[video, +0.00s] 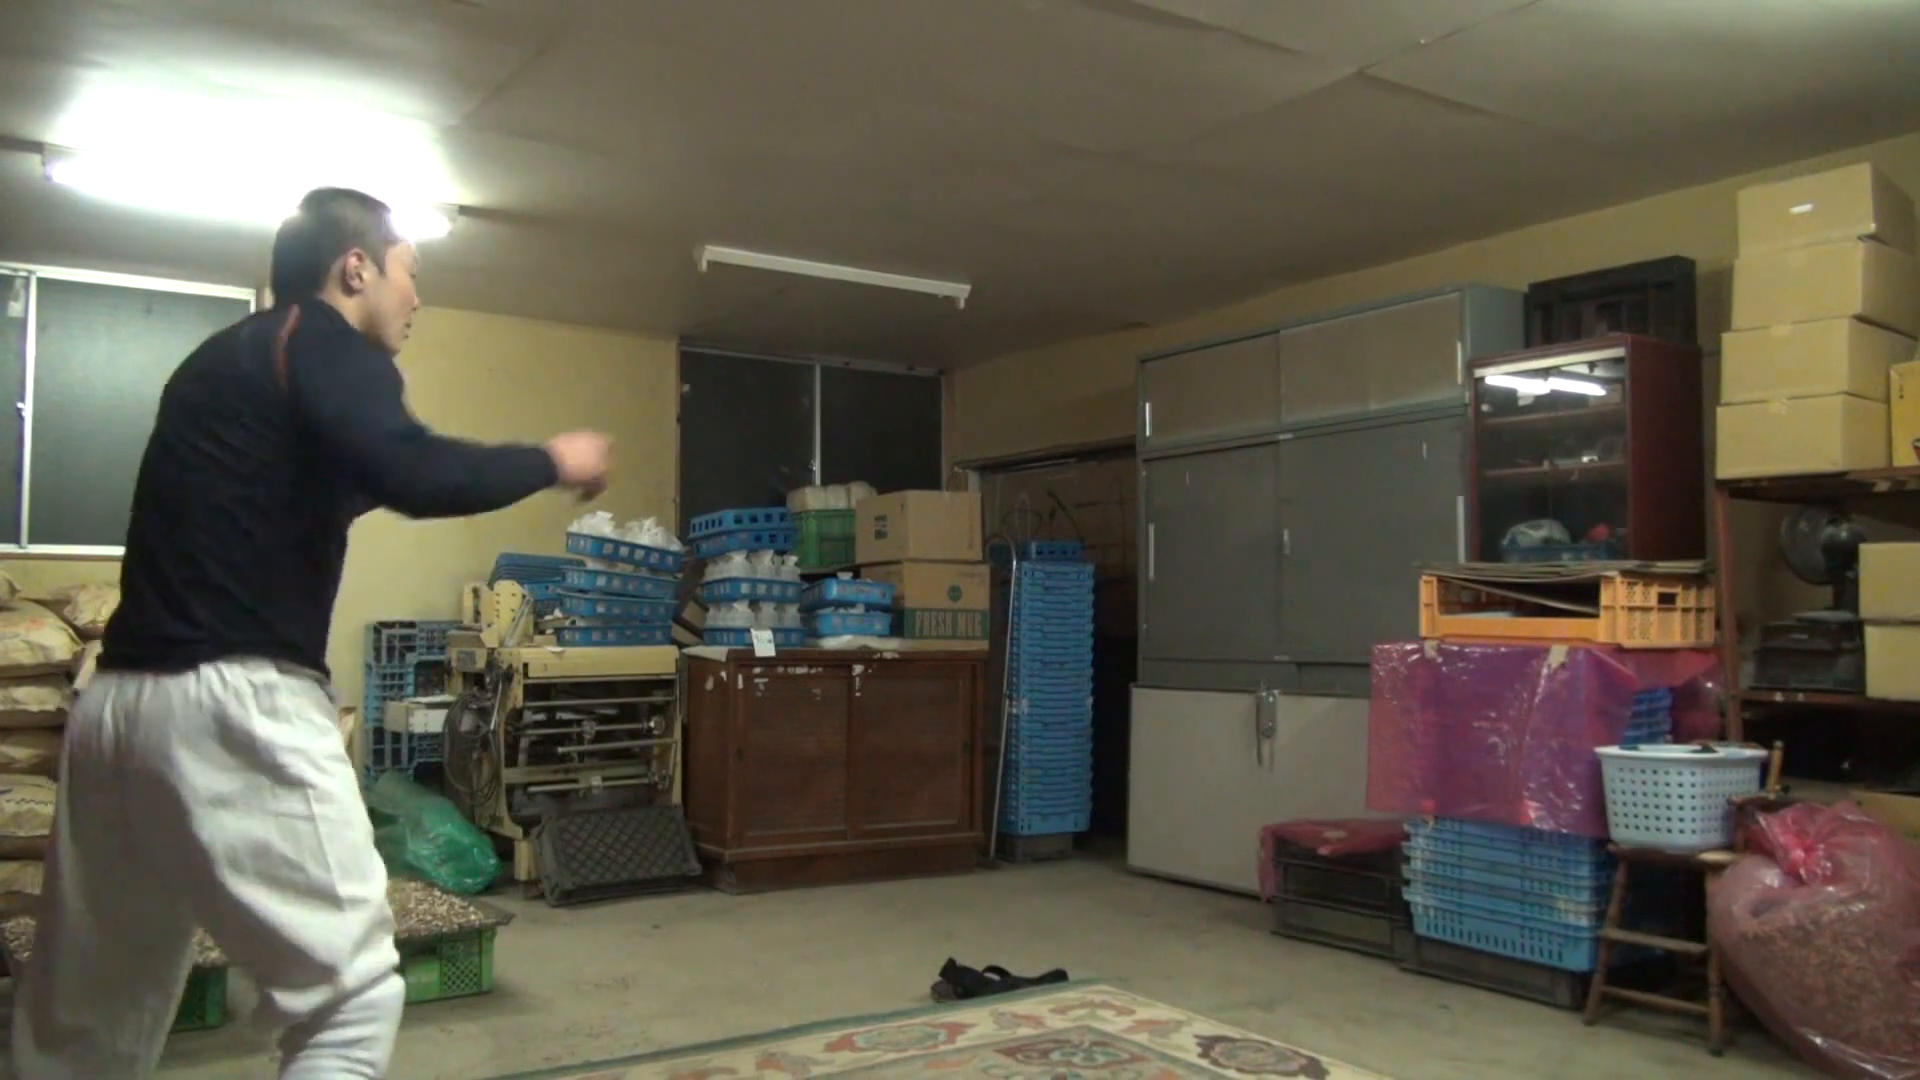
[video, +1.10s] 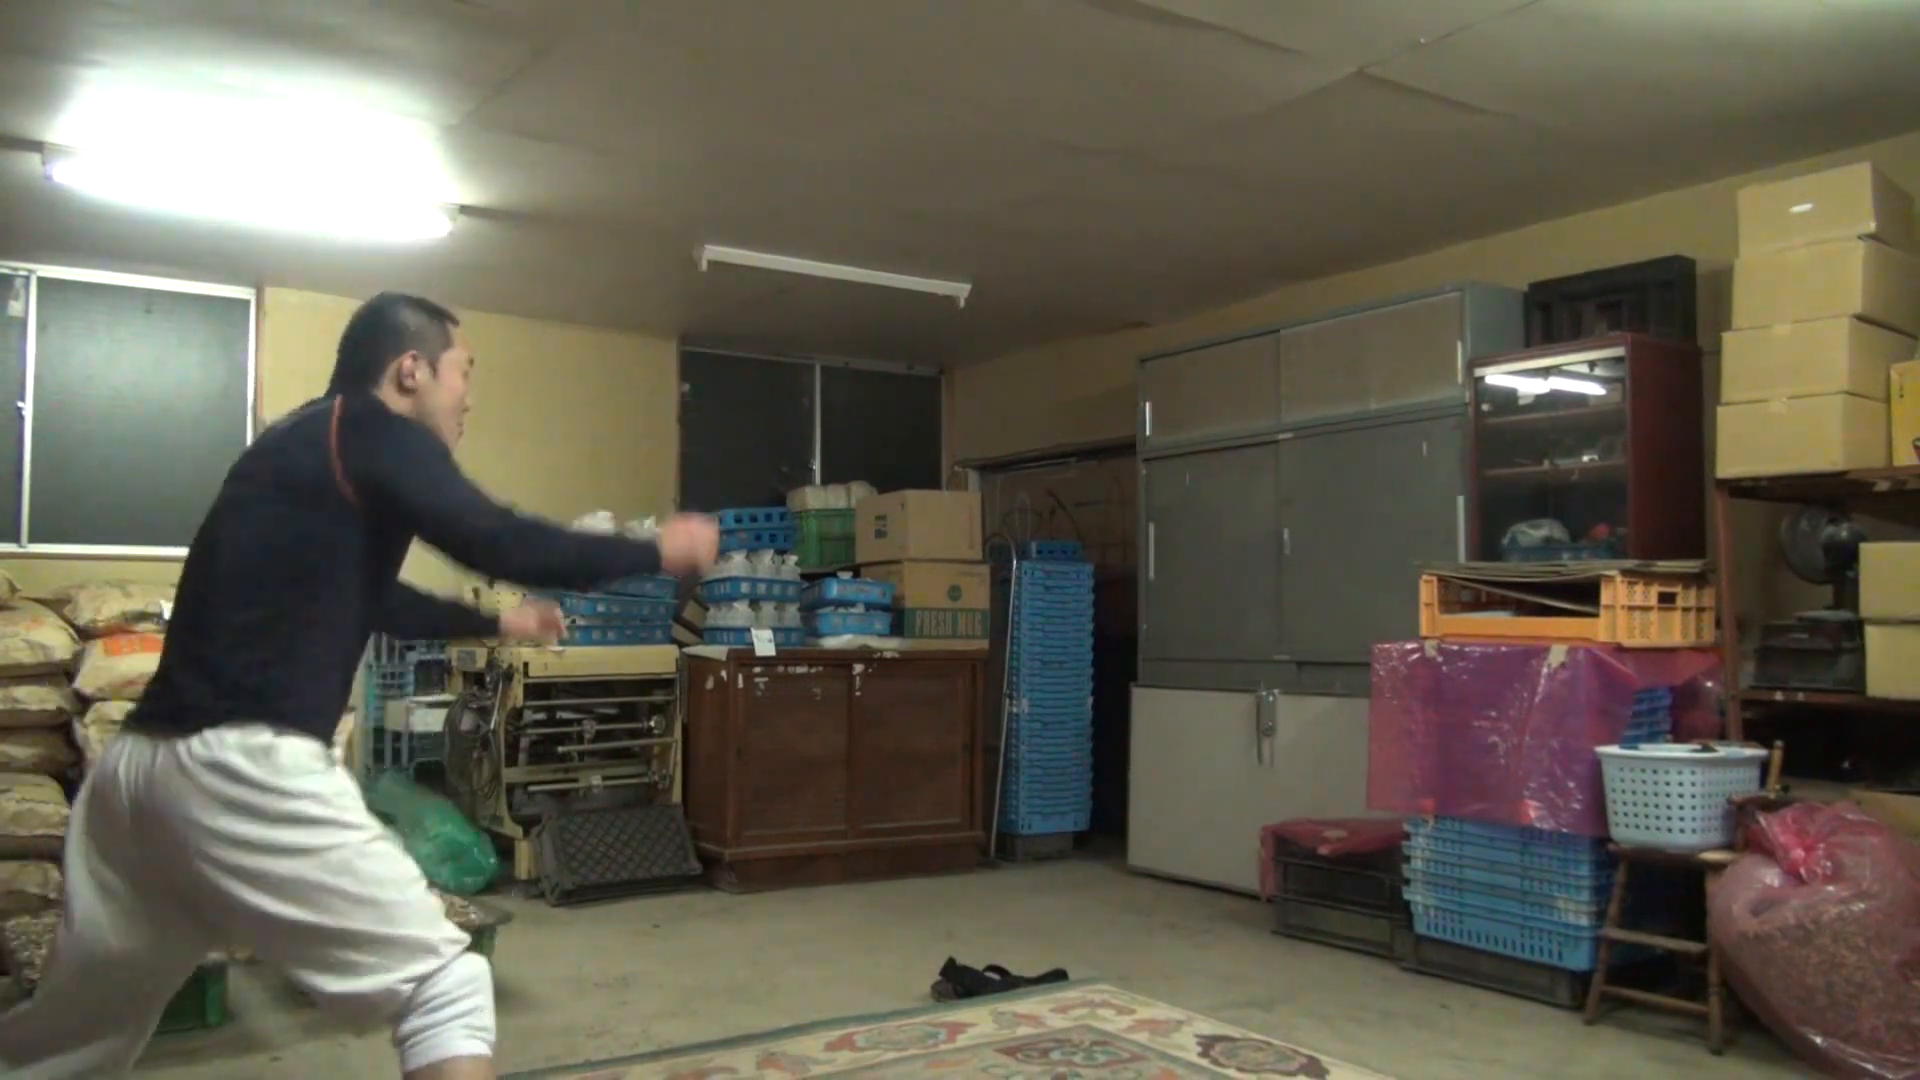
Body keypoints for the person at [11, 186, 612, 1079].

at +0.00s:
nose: (415, 304)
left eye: (414, 278)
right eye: (406, 276)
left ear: (323, 271)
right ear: (353, 269)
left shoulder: (207, 358)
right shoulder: (325, 346)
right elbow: (405, 467)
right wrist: (550, 460)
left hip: (111, 705)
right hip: (239, 704)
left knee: (84, 1023)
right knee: (347, 1000)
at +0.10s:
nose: (423, 313)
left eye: (425, 292)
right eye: (419, 289)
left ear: (305, 282)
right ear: (371, 277)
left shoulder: (214, 367)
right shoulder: (349, 355)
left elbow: (324, 500)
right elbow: (491, 450)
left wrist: (442, 433)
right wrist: (616, 405)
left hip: (113, 715)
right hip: (248, 711)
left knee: (103, 1018)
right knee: (359, 1001)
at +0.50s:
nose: (425, 332)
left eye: (428, 310)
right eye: (419, 306)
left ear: (343, 305)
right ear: (362, 300)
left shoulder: (225, 377)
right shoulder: (328, 370)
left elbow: (315, 537)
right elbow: (403, 520)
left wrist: (467, 539)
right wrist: (553, 489)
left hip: (72, 707)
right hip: (195, 709)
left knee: (50, 1023)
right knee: (312, 991)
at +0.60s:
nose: (419, 339)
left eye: (421, 316)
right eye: (415, 313)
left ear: (309, 310)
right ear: (366, 308)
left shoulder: (205, 380)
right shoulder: (353, 390)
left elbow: (288, 501)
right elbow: (394, 566)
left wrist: (433, 498)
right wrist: (539, 548)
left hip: (101, 715)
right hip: (236, 716)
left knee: (51, 1018)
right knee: (411, 957)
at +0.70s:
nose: (421, 349)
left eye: (423, 330)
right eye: (421, 328)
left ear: (309, 312)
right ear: (388, 321)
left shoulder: (197, 390)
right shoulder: (398, 409)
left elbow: (208, 540)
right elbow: (489, 553)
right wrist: (585, 494)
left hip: (158, 729)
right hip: (303, 730)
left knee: (84, 1012)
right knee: (457, 968)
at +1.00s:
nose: (469, 367)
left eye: (472, 350)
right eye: (467, 348)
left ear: (359, 337)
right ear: (425, 341)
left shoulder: (264, 412)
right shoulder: (416, 407)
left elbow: (327, 556)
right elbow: (551, 510)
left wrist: (456, 542)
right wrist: (657, 449)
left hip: (165, 732)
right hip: (291, 732)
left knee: (114, 989)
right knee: (464, 975)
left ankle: (34, 1072)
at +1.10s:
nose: (469, 391)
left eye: (468, 369)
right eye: (460, 368)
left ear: (382, 373)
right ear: (407, 372)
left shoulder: (289, 442)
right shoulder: (371, 435)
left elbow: (363, 601)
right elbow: (498, 541)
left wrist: (491, 621)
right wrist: (653, 549)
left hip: (133, 770)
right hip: (246, 769)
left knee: (68, 1035)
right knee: (443, 986)